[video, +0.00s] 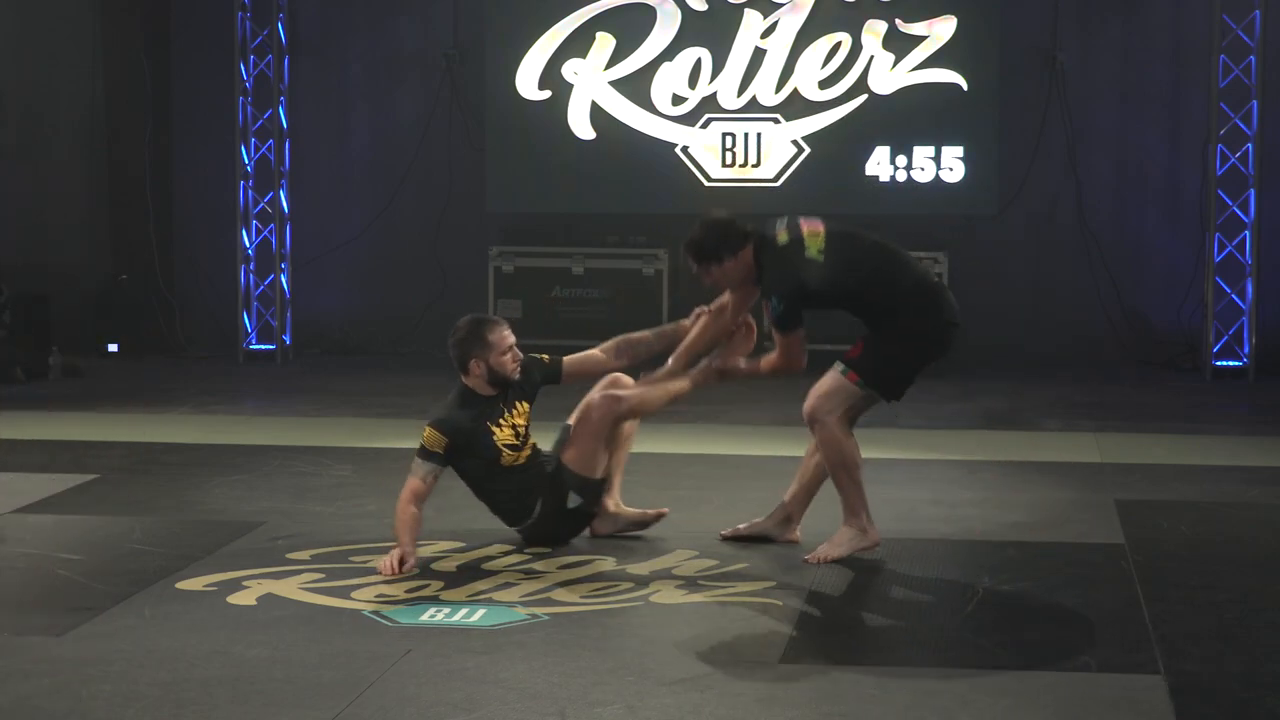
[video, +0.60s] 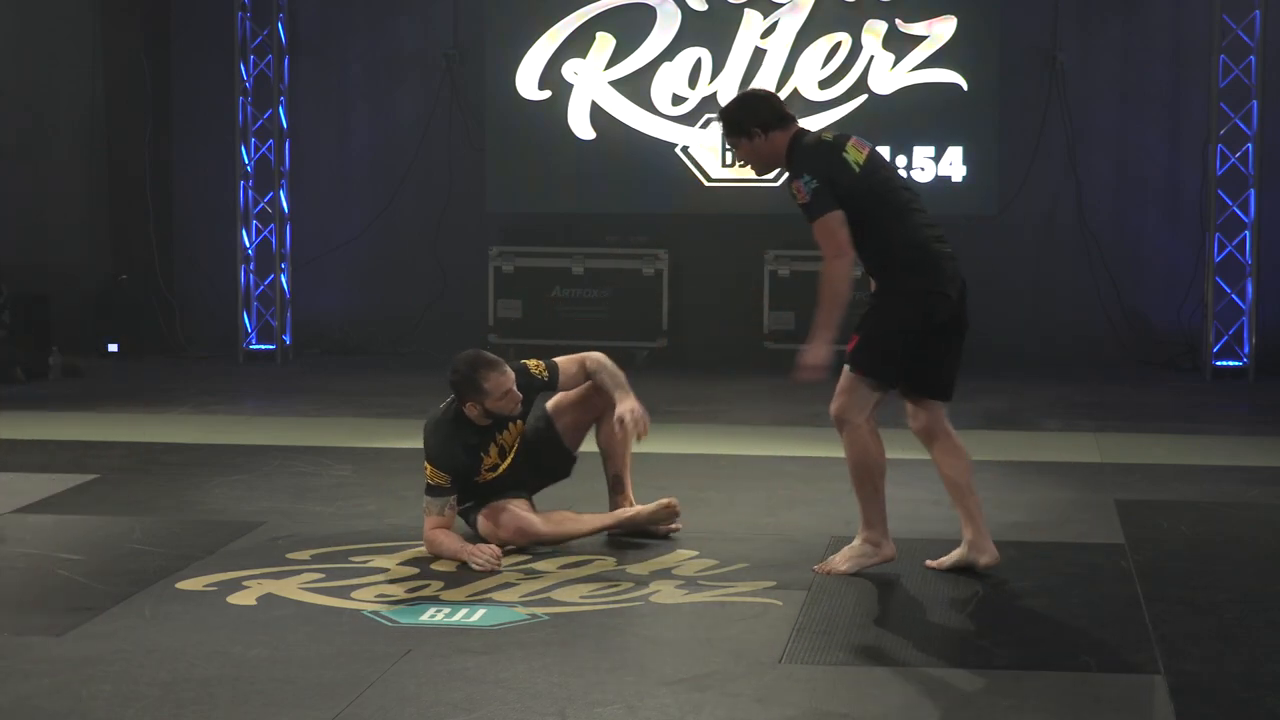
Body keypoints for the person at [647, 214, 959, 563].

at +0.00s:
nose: (709, 283)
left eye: (708, 272)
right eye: (704, 274)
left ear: (732, 259)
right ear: (735, 250)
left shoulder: (780, 279)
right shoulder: (770, 241)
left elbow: (791, 361)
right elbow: (726, 312)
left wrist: (743, 366)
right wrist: (670, 369)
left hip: (916, 317)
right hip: (916, 308)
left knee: (822, 409)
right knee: (834, 418)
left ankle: (859, 526)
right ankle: (785, 519)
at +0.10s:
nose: (714, 241)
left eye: (713, 230)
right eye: (709, 233)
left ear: (734, 215)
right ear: (739, 205)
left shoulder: (776, 244)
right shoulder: (782, 194)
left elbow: (781, 322)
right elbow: (723, 241)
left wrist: (726, 312)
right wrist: (682, 288)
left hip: (900, 312)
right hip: (918, 303)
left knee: (808, 400)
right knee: (838, 416)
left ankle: (870, 516)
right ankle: (785, 520)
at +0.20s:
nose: (717, 211)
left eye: (716, 201)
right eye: (710, 203)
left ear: (740, 186)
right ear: (751, 172)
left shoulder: (770, 221)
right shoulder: (799, 174)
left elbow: (748, 297)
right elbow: (749, 185)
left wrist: (696, 283)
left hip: (891, 308)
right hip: (915, 301)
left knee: (812, 418)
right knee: (841, 423)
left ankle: (873, 537)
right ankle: (787, 520)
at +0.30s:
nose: (722, 189)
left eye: (721, 178)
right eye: (717, 180)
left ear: (743, 166)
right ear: (761, 152)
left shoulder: (776, 205)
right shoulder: (816, 161)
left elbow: (724, 277)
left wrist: (656, 259)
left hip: (894, 303)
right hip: (916, 292)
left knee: (818, 420)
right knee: (839, 412)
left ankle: (872, 541)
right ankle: (806, 517)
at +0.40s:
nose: (729, 170)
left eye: (727, 159)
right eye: (724, 161)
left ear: (746, 146)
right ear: (767, 131)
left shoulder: (787, 181)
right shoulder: (821, 147)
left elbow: (743, 270)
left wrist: (666, 276)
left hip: (900, 288)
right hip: (919, 278)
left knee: (834, 415)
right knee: (851, 402)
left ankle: (874, 541)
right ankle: (867, 519)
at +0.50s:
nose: (733, 158)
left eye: (731, 147)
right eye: (728, 149)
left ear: (752, 134)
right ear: (770, 124)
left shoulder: (795, 165)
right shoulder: (832, 138)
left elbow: (789, 263)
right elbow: (883, 205)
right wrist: (853, 268)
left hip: (903, 282)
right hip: (928, 274)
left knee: (850, 412)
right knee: (880, 403)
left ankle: (874, 540)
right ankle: (936, 516)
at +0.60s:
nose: (741, 159)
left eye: (739, 147)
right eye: (736, 150)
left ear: (762, 134)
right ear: (772, 130)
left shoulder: (805, 164)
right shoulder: (833, 143)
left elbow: (839, 254)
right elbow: (893, 206)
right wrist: (884, 275)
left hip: (906, 289)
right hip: (942, 284)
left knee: (850, 412)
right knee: (928, 418)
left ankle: (874, 539)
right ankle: (978, 541)